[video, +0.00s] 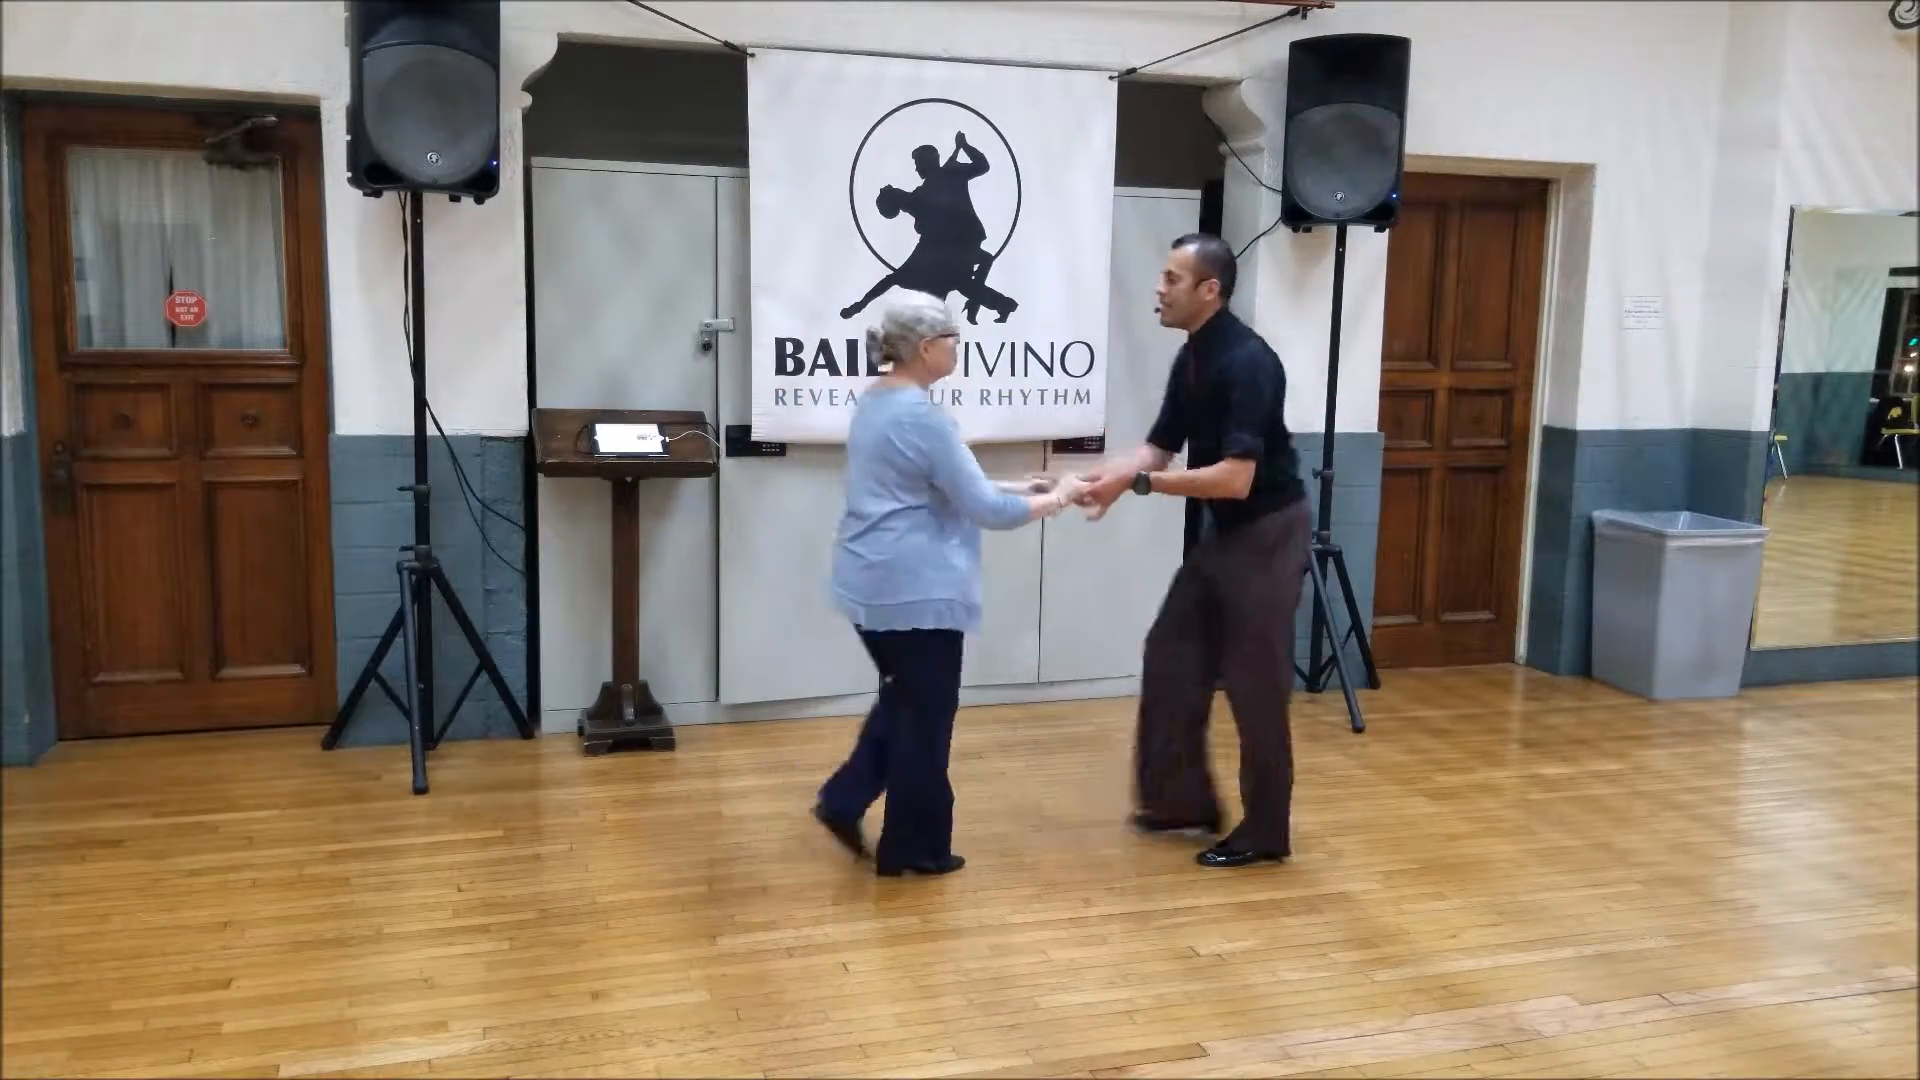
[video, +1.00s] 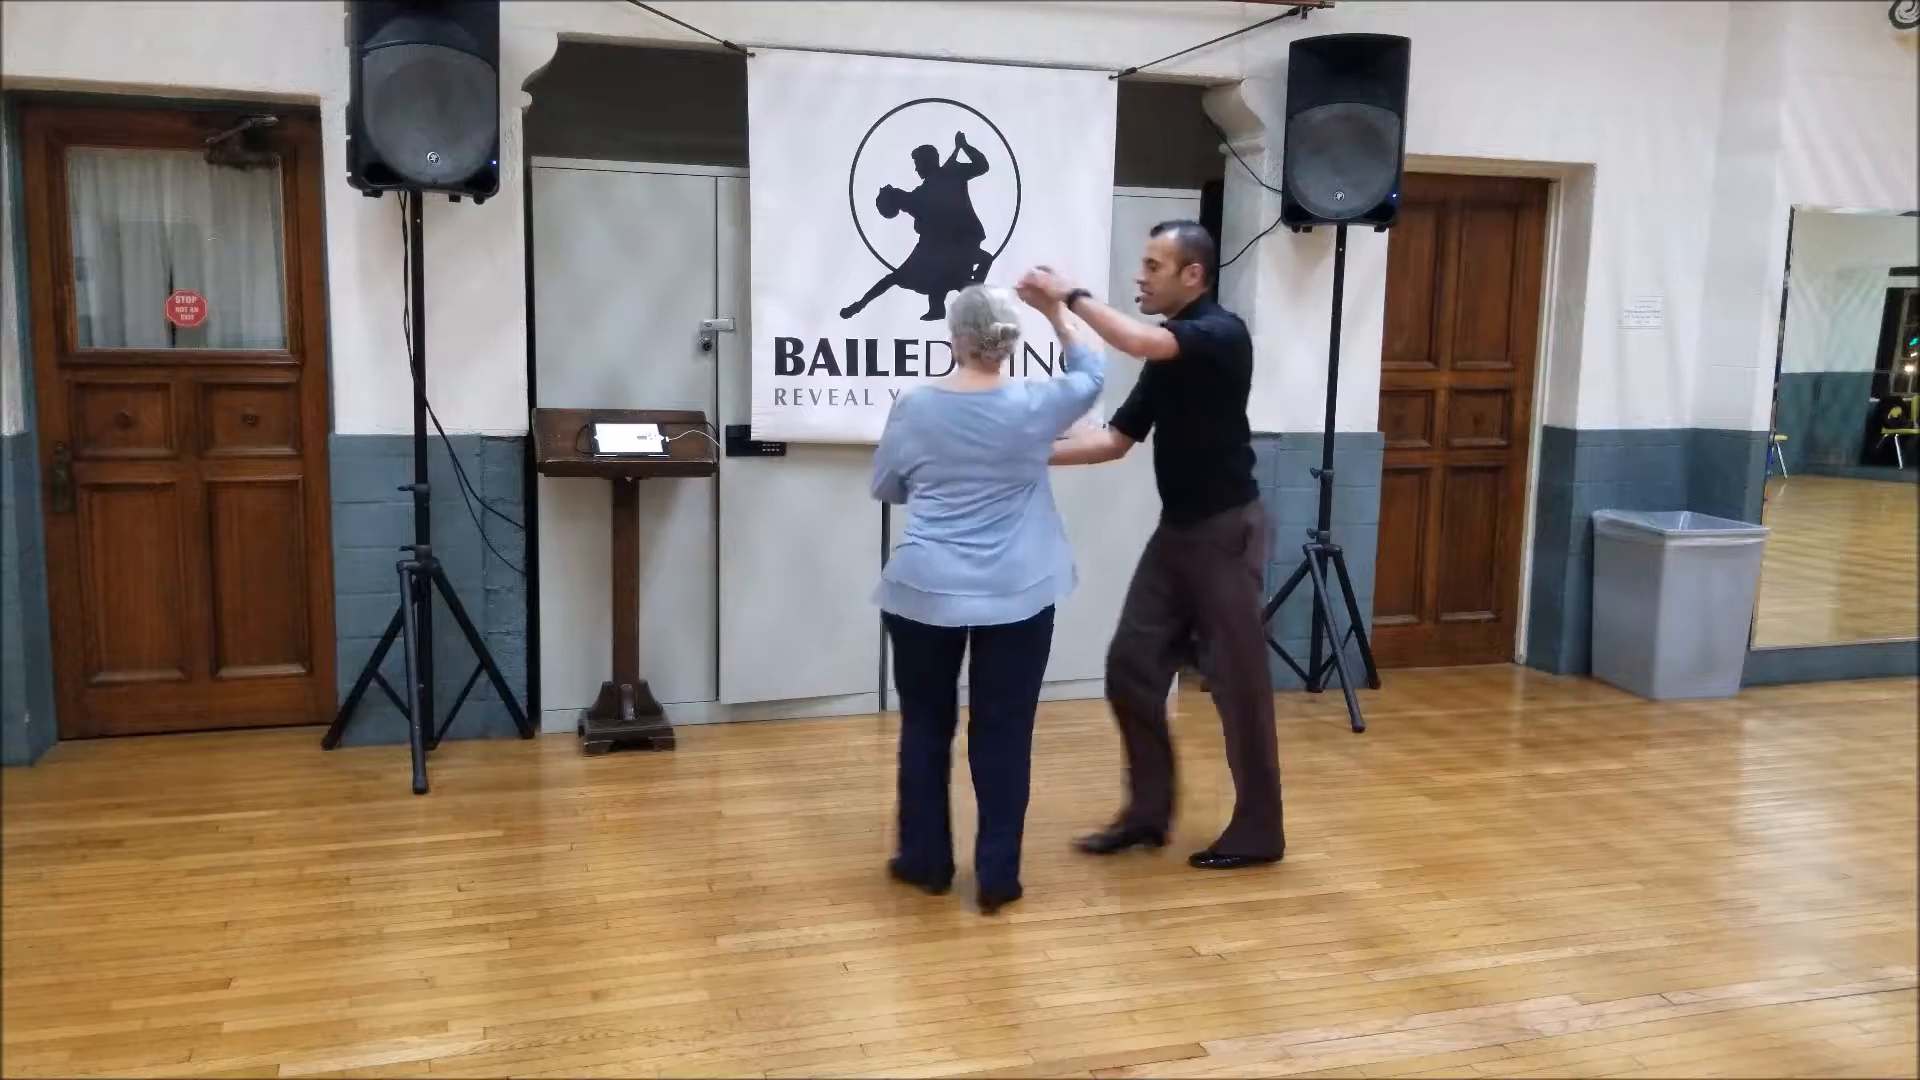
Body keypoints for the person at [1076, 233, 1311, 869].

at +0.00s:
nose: (1159, 289)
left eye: (1172, 280)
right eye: (1161, 278)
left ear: (1209, 289)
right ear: (1194, 289)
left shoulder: (1246, 361)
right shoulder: (1192, 355)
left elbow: (1236, 478)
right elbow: (1163, 447)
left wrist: (1147, 481)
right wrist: (1114, 481)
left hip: (1267, 535)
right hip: (1218, 533)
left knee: (1256, 680)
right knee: (1171, 658)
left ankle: (1266, 833)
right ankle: (1183, 804)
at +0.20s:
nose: (1181, 287)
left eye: (1193, 278)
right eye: (1184, 275)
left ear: (1229, 288)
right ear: (1222, 287)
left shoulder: (1257, 356)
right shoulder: (1216, 343)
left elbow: (1231, 471)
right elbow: (1209, 447)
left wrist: (1132, 482)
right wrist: (1134, 458)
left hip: (1283, 527)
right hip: (1253, 523)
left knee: (1258, 680)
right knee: (1235, 674)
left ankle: (1262, 833)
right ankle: (1339, 787)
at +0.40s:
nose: (1204, 292)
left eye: (1216, 284)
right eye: (1208, 281)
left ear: (1252, 296)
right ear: (1252, 295)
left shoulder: (1271, 364)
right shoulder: (1259, 349)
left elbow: (1238, 481)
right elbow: (1244, 452)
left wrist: (1147, 483)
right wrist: (1185, 455)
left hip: (1287, 538)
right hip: (1290, 530)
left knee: (1217, 676)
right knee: (1325, 670)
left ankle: (1249, 825)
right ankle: (1390, 809)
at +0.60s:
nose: (1206, 300)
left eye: (1217, 291)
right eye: (1209, 288)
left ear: (1255, 303)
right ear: (1249, 301)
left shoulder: (1282, 375)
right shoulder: (1247, 363)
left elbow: (1268, 487)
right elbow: (1234, 465)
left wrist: (1181, 470)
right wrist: (1173, 473)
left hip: (1281, 548)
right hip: (1271, 544)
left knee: (1204, 681)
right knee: (1320, 683)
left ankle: (1246, 831)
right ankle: (1383, 819)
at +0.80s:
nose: (1180, 282)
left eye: (1193, 272)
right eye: (1183, 270)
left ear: (1232, 282)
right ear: (1222, 281)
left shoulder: (1263, 350)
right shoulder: (1202, 353)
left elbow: (1226, 425)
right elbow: (1159, 451)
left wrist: (1146, 374)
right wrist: (1077, 469)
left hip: (1254, 534)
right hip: (1216, 532)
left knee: (1235, 679)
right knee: (1225, 673)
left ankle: (1246, 833)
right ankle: (1331, 778)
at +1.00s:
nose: (1140, 277)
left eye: (1153, 267)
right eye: (1141, 266)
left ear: (1194, 275)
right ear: (1173, 273)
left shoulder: (1221, 331)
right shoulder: (1167, 346)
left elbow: (1144, 341)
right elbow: (1113, 439)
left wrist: (1070, 298)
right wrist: (1030, 451)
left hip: (1227, 531)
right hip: (1178, 532)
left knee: (1239, 680)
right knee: (1132, 668)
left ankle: (1258, 833)